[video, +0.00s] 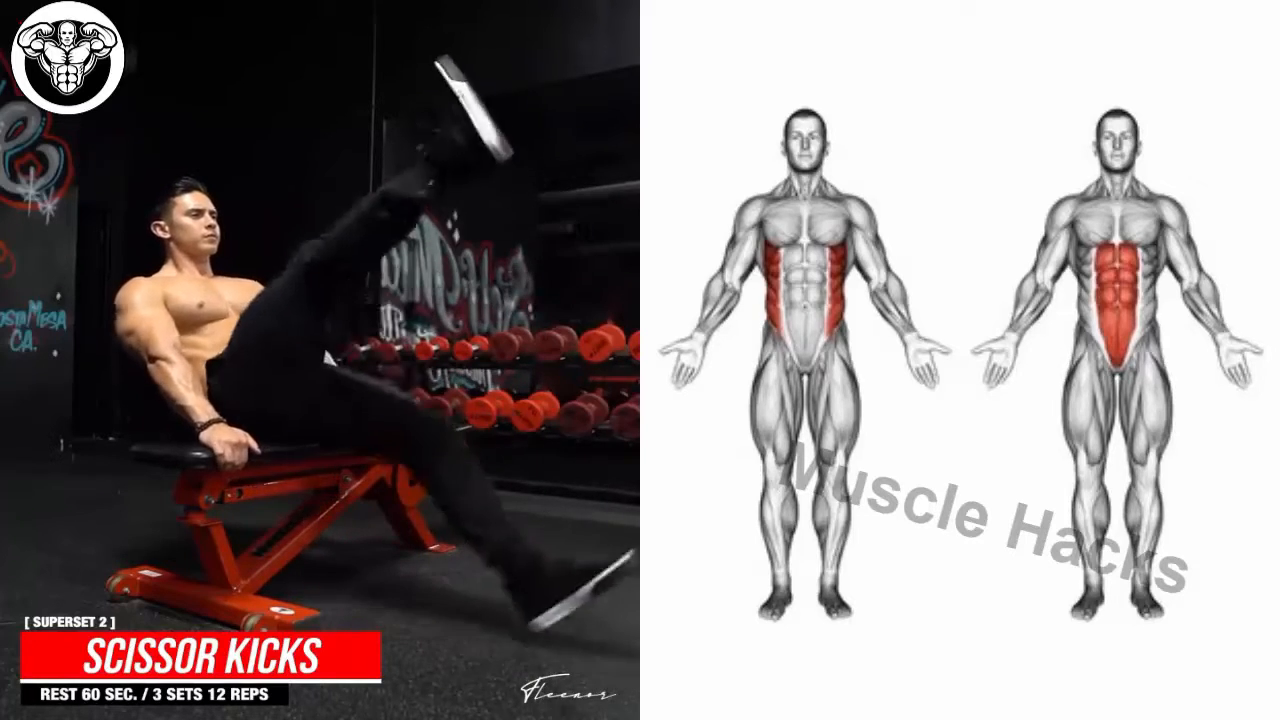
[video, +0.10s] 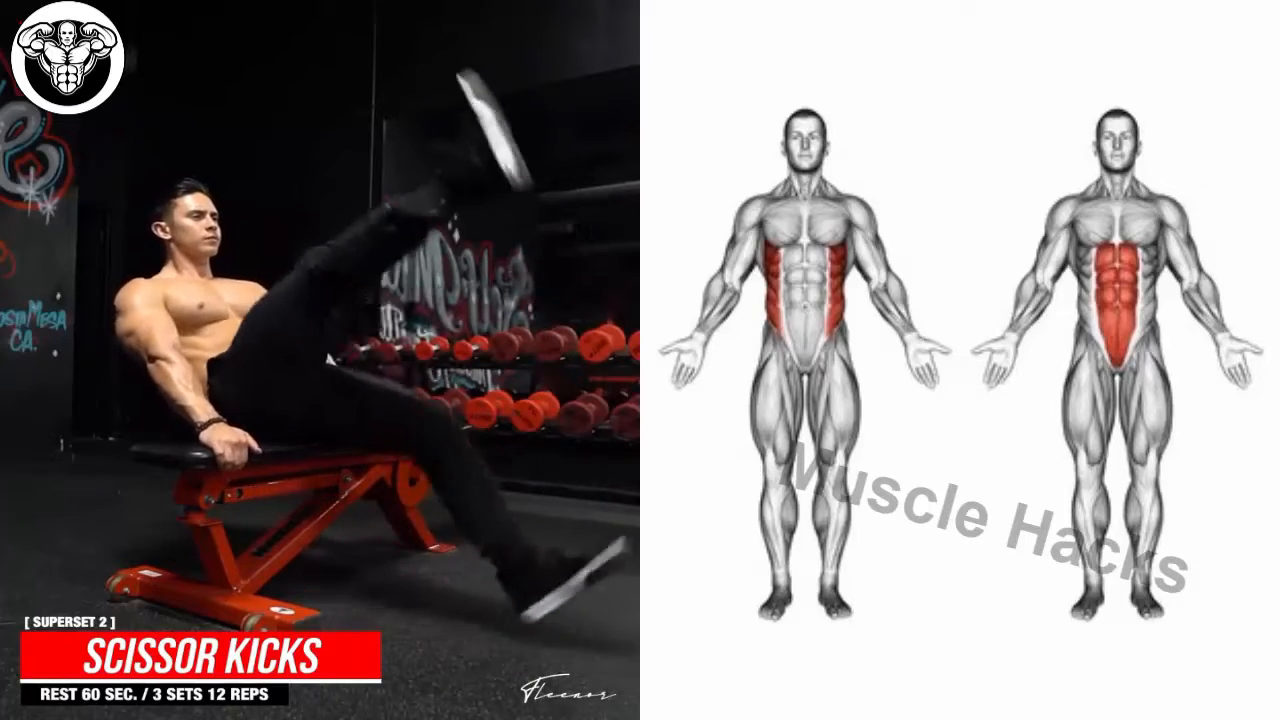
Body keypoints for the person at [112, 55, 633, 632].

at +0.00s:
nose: (209, 219)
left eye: (210, 211)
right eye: (194, 212)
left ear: (212, 227)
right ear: (162, 228)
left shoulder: (249, 289)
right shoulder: (141, 291)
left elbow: (303, 321)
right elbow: (166, 361)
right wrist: (208, 425)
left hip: (303, 395)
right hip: (243, 386)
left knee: (430, 433)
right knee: (314, 265)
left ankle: (531, 581)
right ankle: (444, 162)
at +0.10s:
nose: (211, 224)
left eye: (213, 216)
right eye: (196, 216)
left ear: (215, 229)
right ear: (163, 230)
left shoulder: (249, 289)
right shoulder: (142, 292)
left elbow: (296, 334)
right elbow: (163, 359)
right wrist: (208, 424)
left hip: (305, 393)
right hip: (245, 384)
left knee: (435, 426)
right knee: (321, 270)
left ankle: (526, 575)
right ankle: (446, 192)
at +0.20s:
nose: (211, 226)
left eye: (214, 218)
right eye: (196, 217)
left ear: (217, 230)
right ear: (163, 230)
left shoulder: (249, 293)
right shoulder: (141, 295)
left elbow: (305, 352)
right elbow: (165, 361)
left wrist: (359, 421)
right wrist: (209, 424)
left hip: (309, 399)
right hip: (248, 402)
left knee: (431, 390)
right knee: (338, 292)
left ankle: (556, 497)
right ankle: (498, 256)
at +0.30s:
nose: (211, 229)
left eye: (215, 221)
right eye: (196, 221)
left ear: (218, 232)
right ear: (165, 233)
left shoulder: (252, 293)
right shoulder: (142, 293)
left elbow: (302, 362)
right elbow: (167, 358)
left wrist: (359, 416)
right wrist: (210, 422)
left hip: (301, 398)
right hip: (244, 401)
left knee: (401, 345)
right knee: (361, 332)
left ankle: (576, 385)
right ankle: (527, 355)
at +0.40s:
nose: (214, 226)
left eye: (216, 218)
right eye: (198, 217)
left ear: (218, 230)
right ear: (166, 230)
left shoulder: (251, 293)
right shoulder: (144, 292)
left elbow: (313, 353)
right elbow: (167, 360)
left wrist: (368, 411)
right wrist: (210, 425)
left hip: (300, 376)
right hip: (242, 392)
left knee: (410, 317)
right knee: (380, 377)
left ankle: (562, 295)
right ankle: (553, 471)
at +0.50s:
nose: (218, 225)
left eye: (221, 217)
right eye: (204, 216)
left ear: (225, 229)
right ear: (170, 228)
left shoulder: (254, 292)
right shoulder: (145, 291)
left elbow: (316, 355)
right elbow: (163, 358)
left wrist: (370, 395)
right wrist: (208, 425)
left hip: (303, 376)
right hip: (251, 392)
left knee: (387, 296)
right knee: (381, 417)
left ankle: (536, 221)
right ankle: (528, 548)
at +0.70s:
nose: (222, 226)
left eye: (226, 216)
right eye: (208, 216)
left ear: (228, 223)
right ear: (175, 223)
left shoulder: (255, 290)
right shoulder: (148, 284)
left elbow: (316, 353)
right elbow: (165, 356)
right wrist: (209, 423)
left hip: (300, 381)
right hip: (247, 396)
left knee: (387, 298)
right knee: (379, 404)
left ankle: (539, 265)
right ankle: (520, 536)